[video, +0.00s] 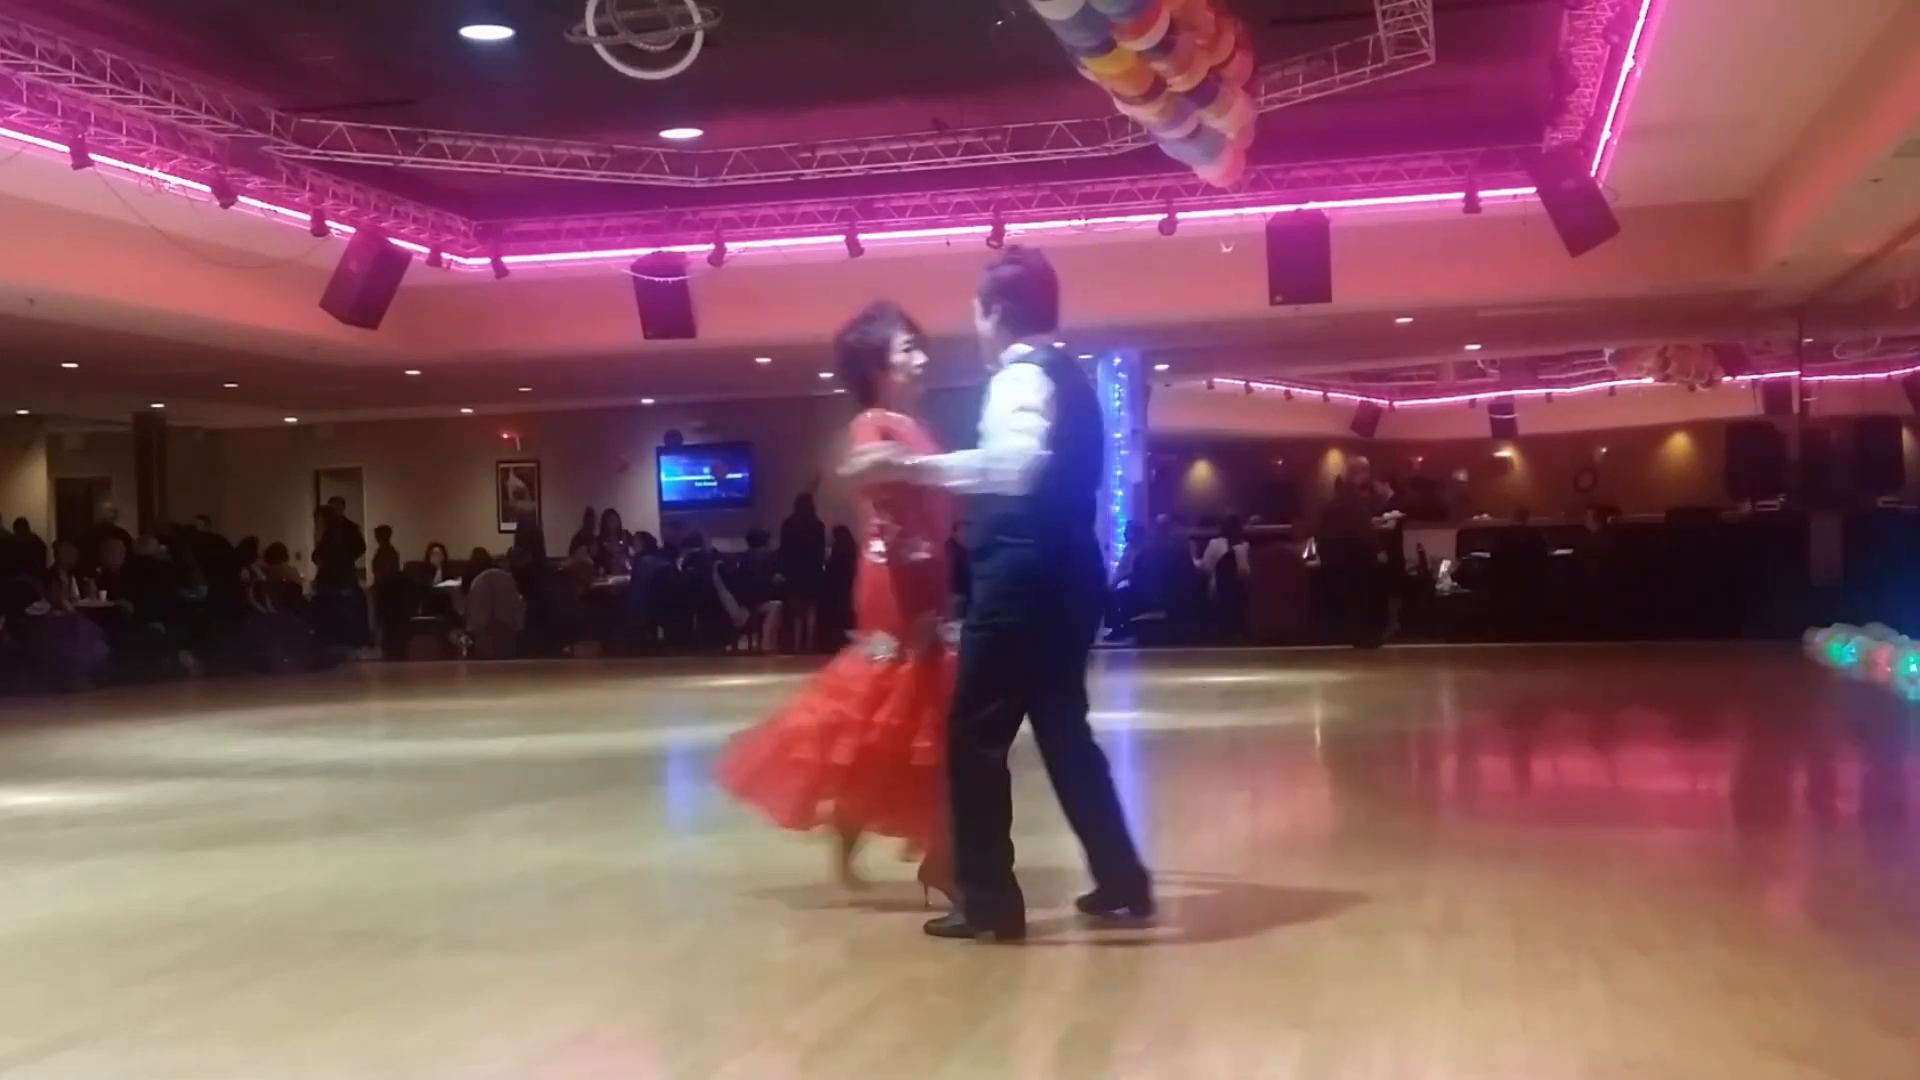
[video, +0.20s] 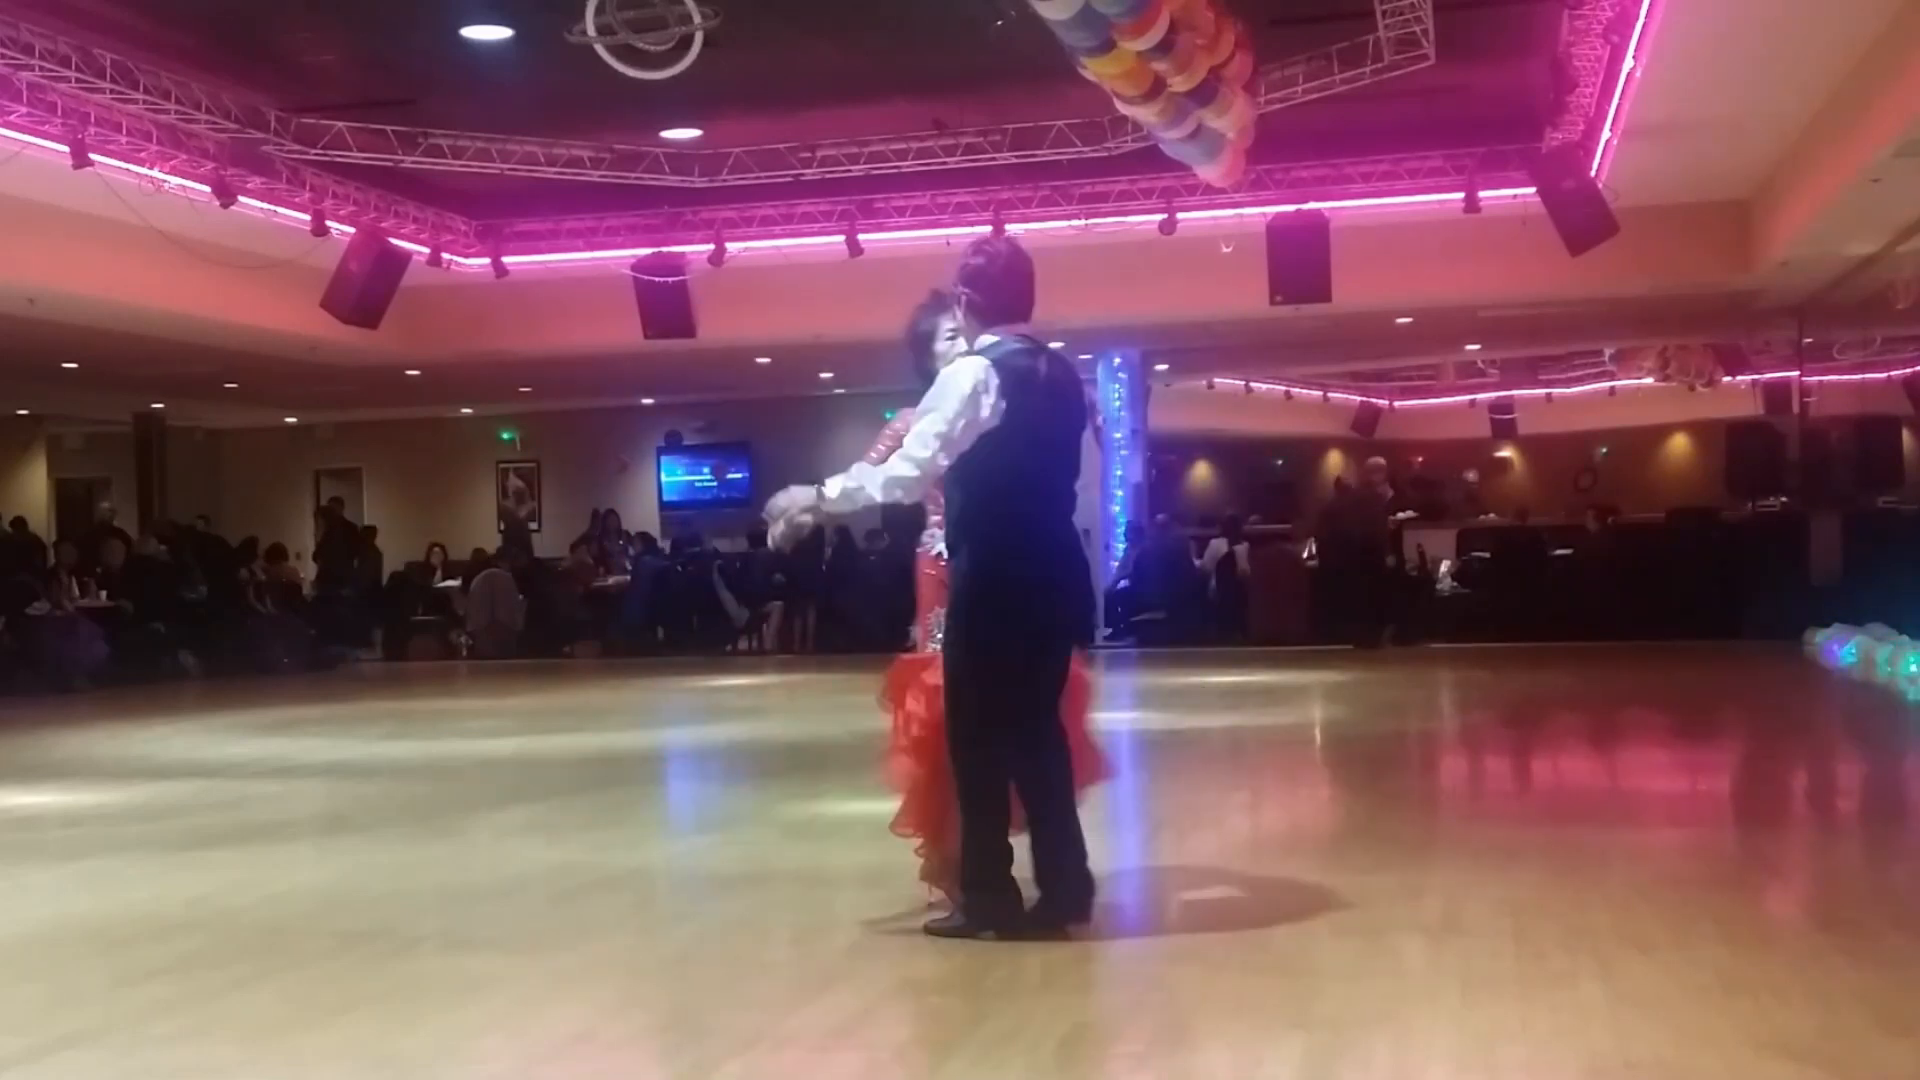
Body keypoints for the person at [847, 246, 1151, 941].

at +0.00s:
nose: (974, 322)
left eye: (978, 310)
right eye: (977, 309)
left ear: (999, 313)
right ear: (1043, 310)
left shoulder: (1022, 374)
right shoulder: (1072, 373)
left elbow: (1013, 467)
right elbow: (1031, 475)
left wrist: (905, 469)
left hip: (1018, 581)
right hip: (1069, 576)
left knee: (974, 739)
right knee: (1064, 728)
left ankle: (988, 903)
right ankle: (1123, 884)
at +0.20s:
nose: (956, 330)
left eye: (962, 314)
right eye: (949, 320)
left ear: (980, 307)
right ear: (1027, 302)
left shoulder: (978, 376)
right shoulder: (1066, 373)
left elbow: (907, 471)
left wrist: (821, 499)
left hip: (994, 578)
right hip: (1055, 570)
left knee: (974, 735)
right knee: (1034, 732)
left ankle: (987, 894)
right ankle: (1069, 890)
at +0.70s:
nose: (907, 312)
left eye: (908, 302)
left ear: (913, 307)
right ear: (981, 306)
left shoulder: (899, 387)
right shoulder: (1027, 382)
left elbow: (878, 502)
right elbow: (1063, 499)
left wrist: (853, 586)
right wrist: (1032, 539)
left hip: (918, 590)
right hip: (1002, 589)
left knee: (896, 749)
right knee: (1015, 745)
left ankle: (888, 919)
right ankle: (1057, 906)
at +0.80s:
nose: (902, 310)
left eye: (903, 299)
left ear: (906, 307)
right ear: (973, 304)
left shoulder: (890, 386)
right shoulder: (1022, 382)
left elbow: (859, 500)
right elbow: (1099, 452)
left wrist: (828, 586)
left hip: (910, 590)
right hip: (993, 587)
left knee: (894, 742)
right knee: (1005, 734)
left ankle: (889, 918)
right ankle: (1058, 904)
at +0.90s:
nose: (901, 309)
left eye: (902, 299)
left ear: (905, 308)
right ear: (973, 304)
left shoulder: (886, 387)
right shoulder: (1023, 382)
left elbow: (846, 493)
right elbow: (1098, 447)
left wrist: (819, 580)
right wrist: (1162, 449)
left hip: (911, 586)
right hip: (994, 582)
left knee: (896, 741)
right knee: (1011, 735)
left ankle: (888, 918)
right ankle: (1061, 903)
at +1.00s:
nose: (917, 310)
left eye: (915, 299)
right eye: (982, 299)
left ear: (914, 308)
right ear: (982, 304)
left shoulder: (889, 388)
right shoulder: (1031, 382)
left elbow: (847, 490)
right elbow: (1094, 466)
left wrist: (853, 569)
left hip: (922, 578)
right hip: (1007, 577)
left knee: (899, 737)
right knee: (1025, 732)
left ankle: (888, 917)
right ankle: (1064, 903)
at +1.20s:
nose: (1010, 306)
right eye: (1007, 296)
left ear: (936, 309)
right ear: (1005, 303)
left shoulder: (906, 390)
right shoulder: (1053, 377)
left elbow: (899, 502)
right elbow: (1152, 451)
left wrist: (951, 532)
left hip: (937, 576)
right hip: (1025, 575)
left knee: (917, 729)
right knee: (1047, 726)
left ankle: (896, 906)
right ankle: (1064, 899)